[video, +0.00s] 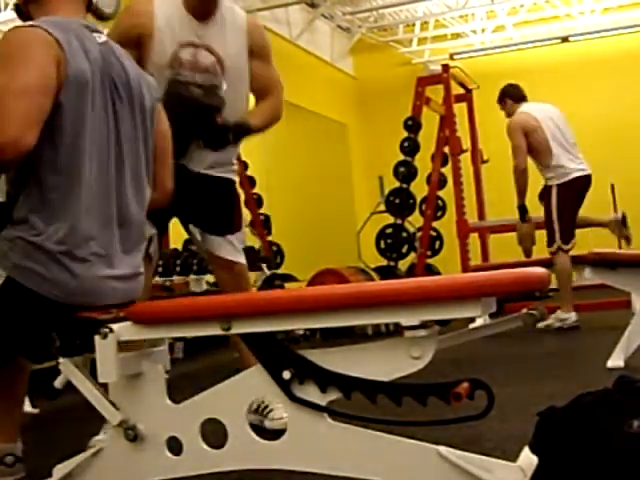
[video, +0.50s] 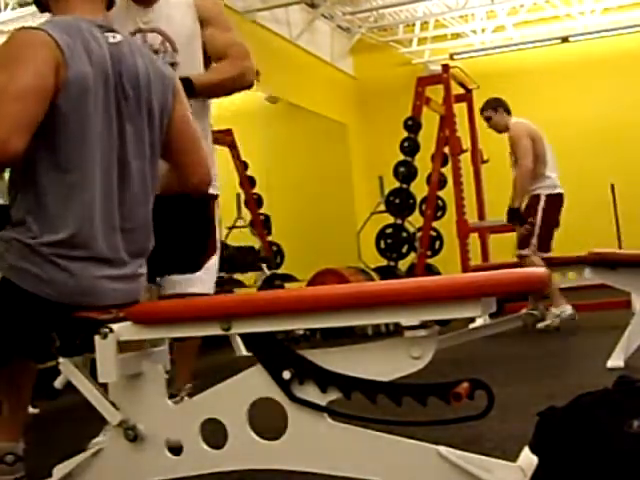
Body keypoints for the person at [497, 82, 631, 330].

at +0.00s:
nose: (503, 113)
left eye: (503, 108)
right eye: (502, 109)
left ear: (508, 102)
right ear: (521, 98)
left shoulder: (516, 121)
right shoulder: (547, 108)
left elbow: (520, 166)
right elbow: (564, 143)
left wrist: (520, 205)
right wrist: (548, 187)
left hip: (560, 182)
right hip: (580, 175)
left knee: (559, 249)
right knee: (558, 219)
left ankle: (567, 309)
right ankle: (609, 222)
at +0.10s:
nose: (498, 114)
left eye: (497, 109)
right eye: (496, 109)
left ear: (504, 103)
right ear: (515, 99)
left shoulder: (516, 122)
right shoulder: (541, 110)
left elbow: (520, 166)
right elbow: (559, 146)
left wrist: (523, 204)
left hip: (558, 181)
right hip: (573, 176)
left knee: (557, 249)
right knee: (552, 228)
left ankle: (566, 310)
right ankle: (607, 237)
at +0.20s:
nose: (492, 117)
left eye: (491, 111)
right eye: (490, 112)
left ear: (501, 103)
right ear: (505, 102)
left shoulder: (516, 121)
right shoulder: (532, 113)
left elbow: (522, 164)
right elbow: (547, 158)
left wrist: (522, 203)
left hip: (553, 183)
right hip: (562, 179)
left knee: (554, 250)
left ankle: (566, 309)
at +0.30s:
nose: (490, 119)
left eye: (489, 112)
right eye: (487, 114)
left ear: (499, 105)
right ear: (502, 104)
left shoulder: (516, 121)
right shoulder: (528, 117)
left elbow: (524, 165)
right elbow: (540, 163)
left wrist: (521, 203)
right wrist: (528, 200)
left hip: (550, 185)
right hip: (556, 183)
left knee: (549, 252)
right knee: (548, 251)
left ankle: (565, 309)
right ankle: (554, 306)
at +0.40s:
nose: (489, 124)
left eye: (488, 117)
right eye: (486, 119)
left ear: (498, 109)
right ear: (500, 109)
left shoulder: (517, 125)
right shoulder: (522, 124)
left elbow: (525, 167)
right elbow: (530, 170)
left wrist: (517, 205)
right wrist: (521, 206)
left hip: (546, 190)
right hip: (544, 189)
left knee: (537, 253)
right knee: (529, 247)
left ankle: (565, 309)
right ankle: (534, 304)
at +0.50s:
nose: (489, 126)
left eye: (488, 119)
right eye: (486, 121)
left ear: (500, 112)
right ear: (499, 114)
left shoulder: (518, 128)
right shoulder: (516, 131)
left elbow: (526, 167)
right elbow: (522, 171)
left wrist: (516, 204)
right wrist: (516, 203)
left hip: (545, 193)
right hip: (538, 194)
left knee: (529, 254)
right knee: (525, 254)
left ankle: (559, 304)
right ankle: (536, 306)